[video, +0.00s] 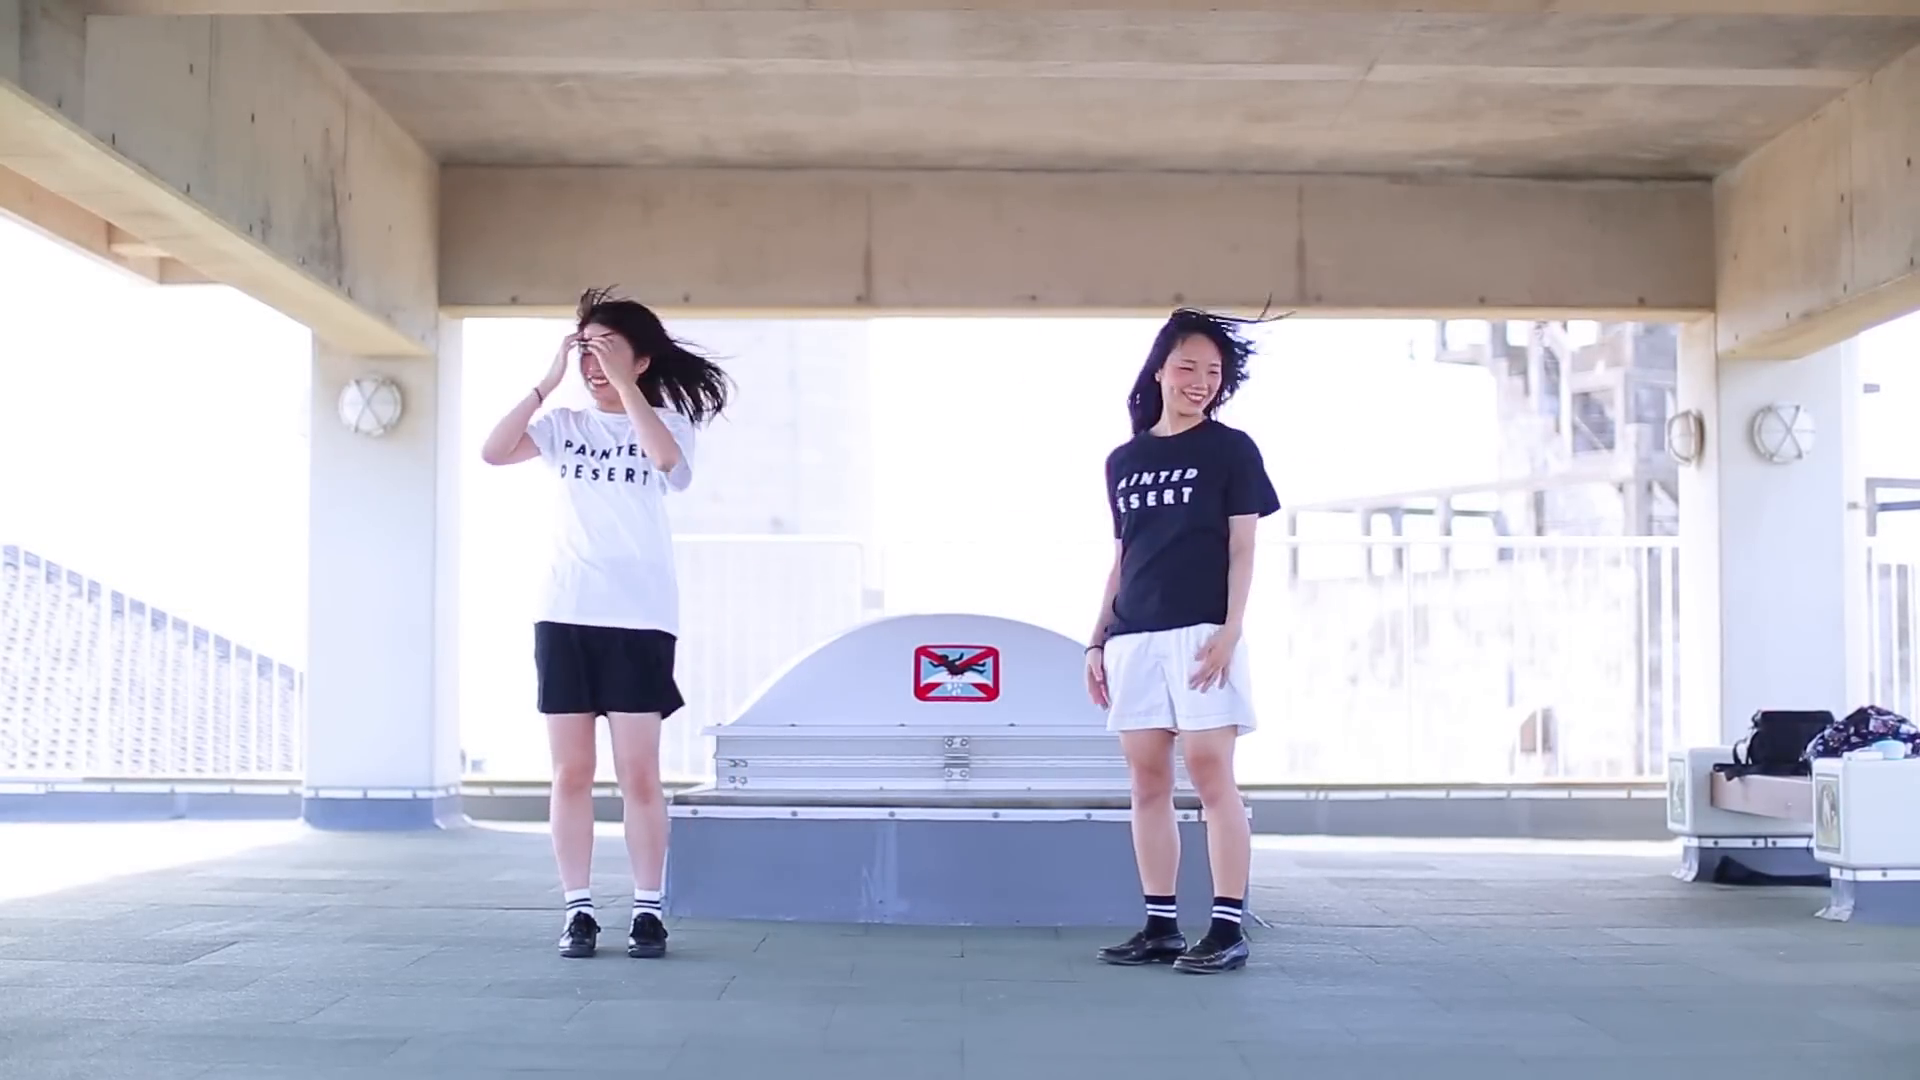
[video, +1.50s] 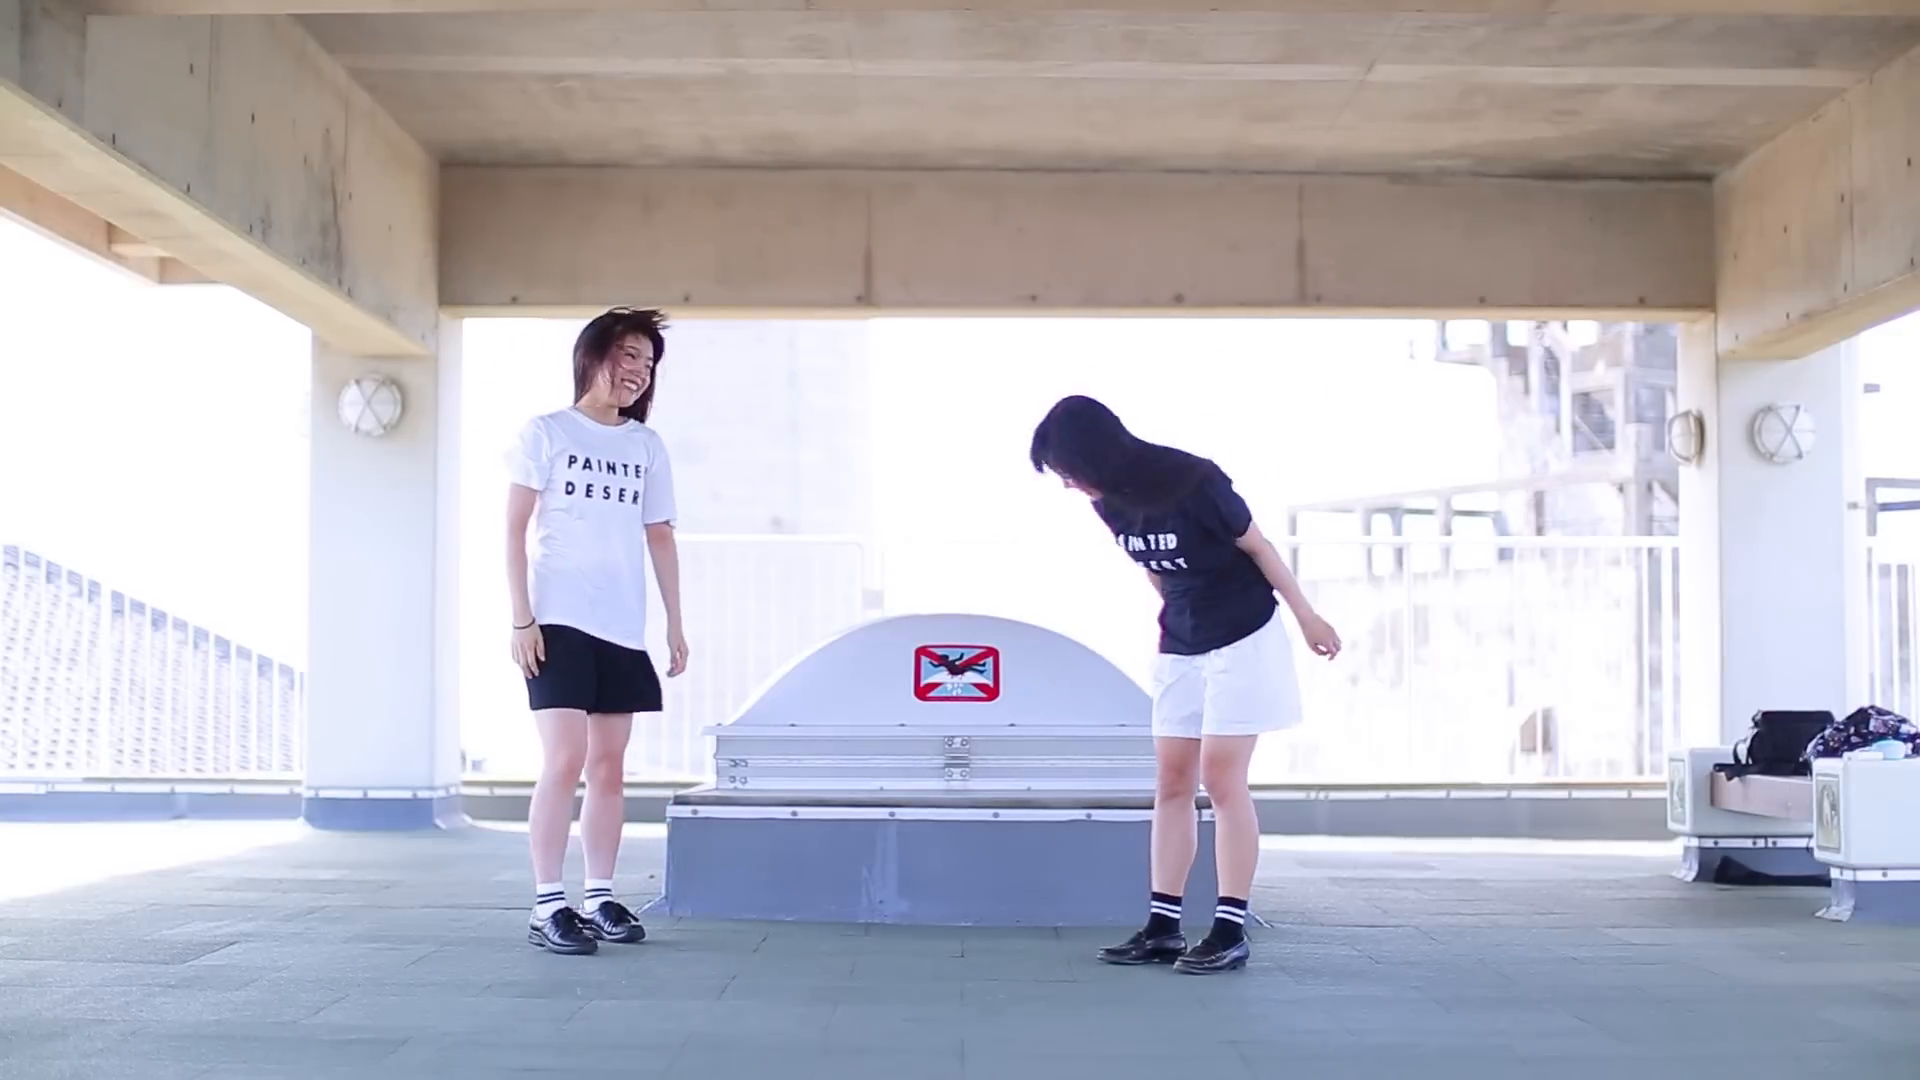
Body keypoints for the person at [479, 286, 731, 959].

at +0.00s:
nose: (593, 363)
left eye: (607, 351)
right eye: (584, 351)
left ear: (644, 359)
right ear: (577, 361)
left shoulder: (667, 420)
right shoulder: (564, 423)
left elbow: (667, 459)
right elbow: (495, 451)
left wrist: (625, 381)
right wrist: (546, 383)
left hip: (641, 620)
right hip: (566, 617)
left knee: (638, 776)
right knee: (572, 774)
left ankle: (647, 908)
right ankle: (577, 910)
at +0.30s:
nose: (599, 365)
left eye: (612, 351)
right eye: (586, 353)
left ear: (638, 356)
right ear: (573, 361)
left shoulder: (662, 421)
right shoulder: (562, 426)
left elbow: (695, 464)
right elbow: (486, 446)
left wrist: (657, 381)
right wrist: (544, 381)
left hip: (645, 621)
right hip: (569, 620)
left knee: (642, 777)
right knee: (574, 774)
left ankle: (648, 908)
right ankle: (578, 911)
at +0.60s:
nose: (610, 355)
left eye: (619, 343)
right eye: (594, 345)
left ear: (635, 355)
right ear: (570, 362)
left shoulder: (663, 425)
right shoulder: (554, 423)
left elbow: (712, 498)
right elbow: (474, 438)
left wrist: (704, 418)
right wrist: (530, 375)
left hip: (645, 617)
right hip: (568, 617)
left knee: (645, 776)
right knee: (574, 775)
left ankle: (651, 907)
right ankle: (579, 910)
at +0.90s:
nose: (618, 351)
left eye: (624, 340)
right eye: (601, 339)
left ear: (631, 354)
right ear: (568, 354)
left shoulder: (648, 431)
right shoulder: (542, 426)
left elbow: (673, 516)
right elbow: (504, 500)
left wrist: (710, 534)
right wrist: (501, 428)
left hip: (635, 623)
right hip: (560, 622)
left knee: (641, 772)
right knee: (569, 774)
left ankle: (648, 905)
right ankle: (579, 909)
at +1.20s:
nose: (624, 357)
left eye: (630, 346)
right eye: (610, 345)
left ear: (637, 358)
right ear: (576, 355)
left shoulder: (646, 442)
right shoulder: (545, 433)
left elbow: (648, 539)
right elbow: (520, 530)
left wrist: (652, 628)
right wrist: (544, 618)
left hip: (626, 632)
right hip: (561, 627)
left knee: (634, 773)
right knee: (567, 773)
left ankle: (605, 891)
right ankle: (576, 905)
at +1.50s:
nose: (634, 370)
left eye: (645, 363)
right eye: (624, 355)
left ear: (652, 376)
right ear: (591, 357)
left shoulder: (648, 445)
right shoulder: (547, 431)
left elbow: (661, 537)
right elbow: (514, 529)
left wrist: (674, 621)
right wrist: (522, 617)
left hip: (624, 626)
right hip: (558, 619)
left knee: (608, 768)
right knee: (564, 763)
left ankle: (599, 899)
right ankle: (548, 905)